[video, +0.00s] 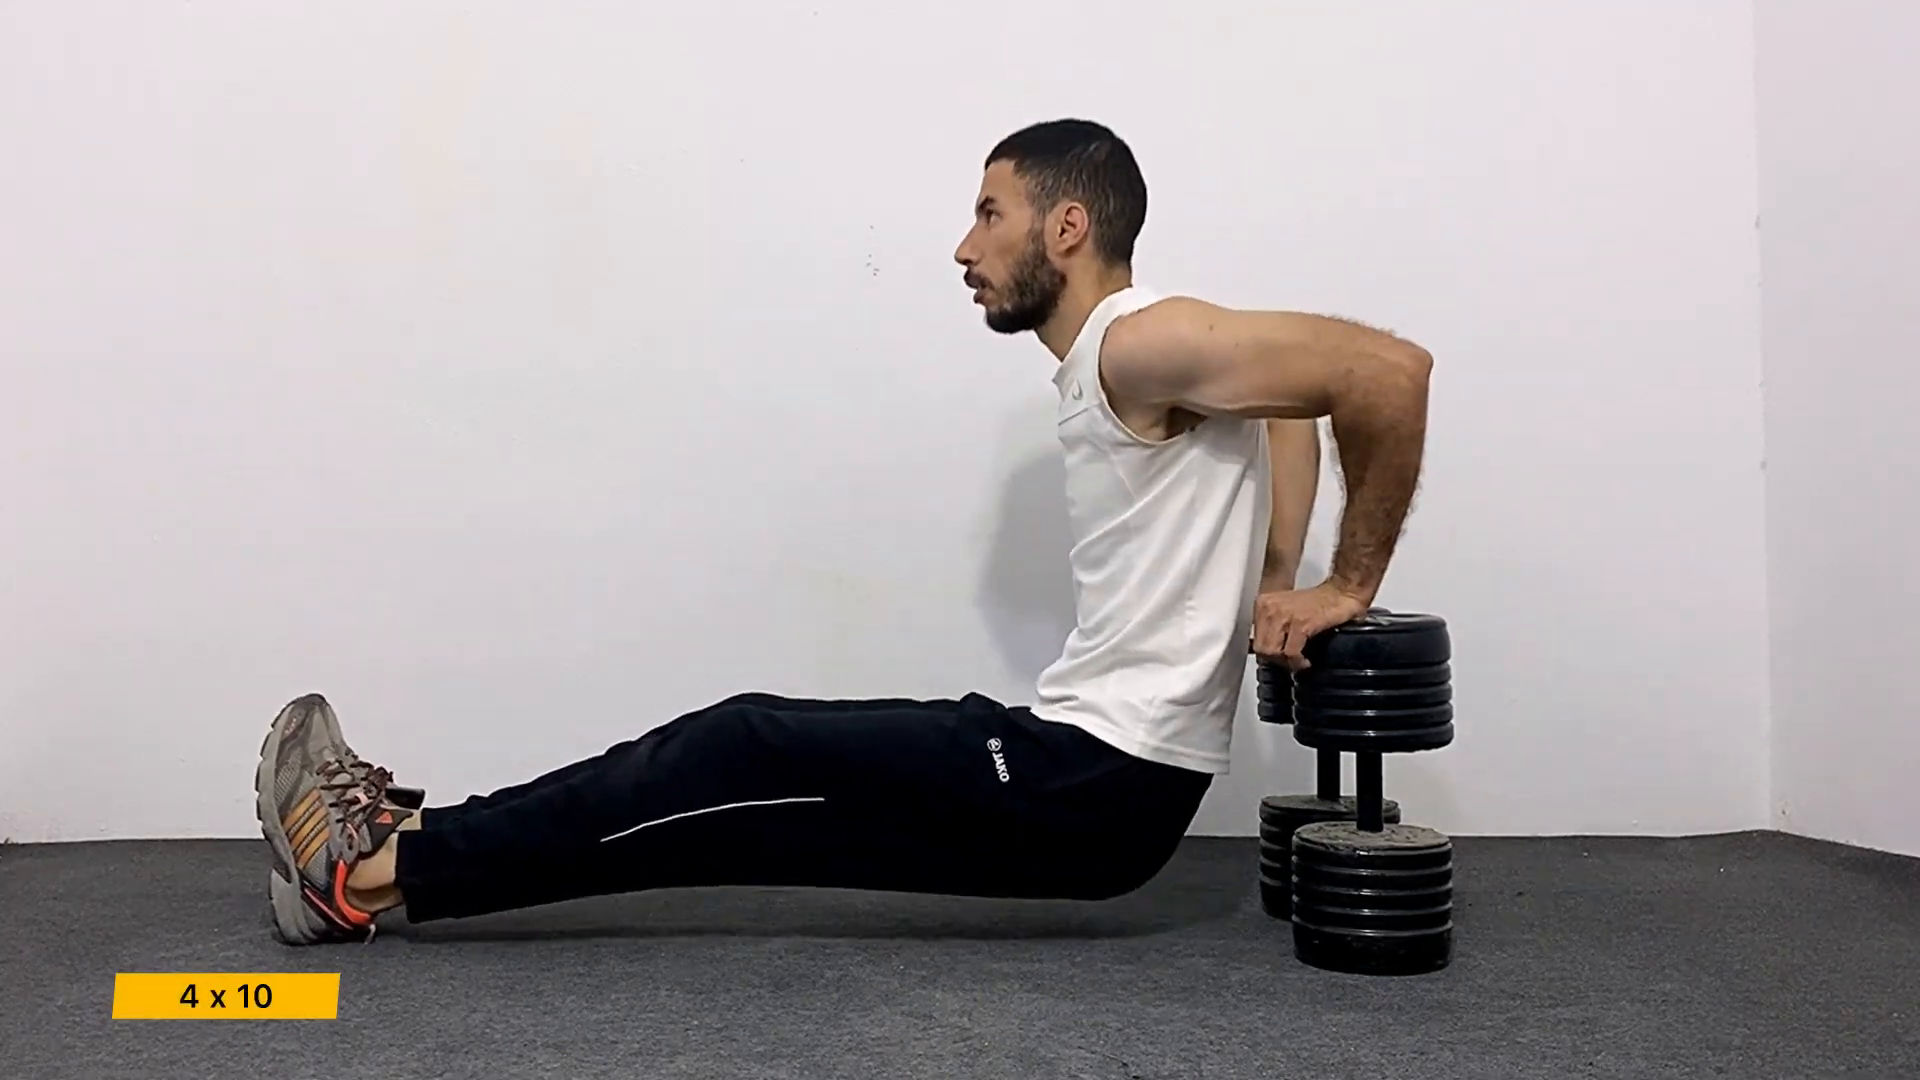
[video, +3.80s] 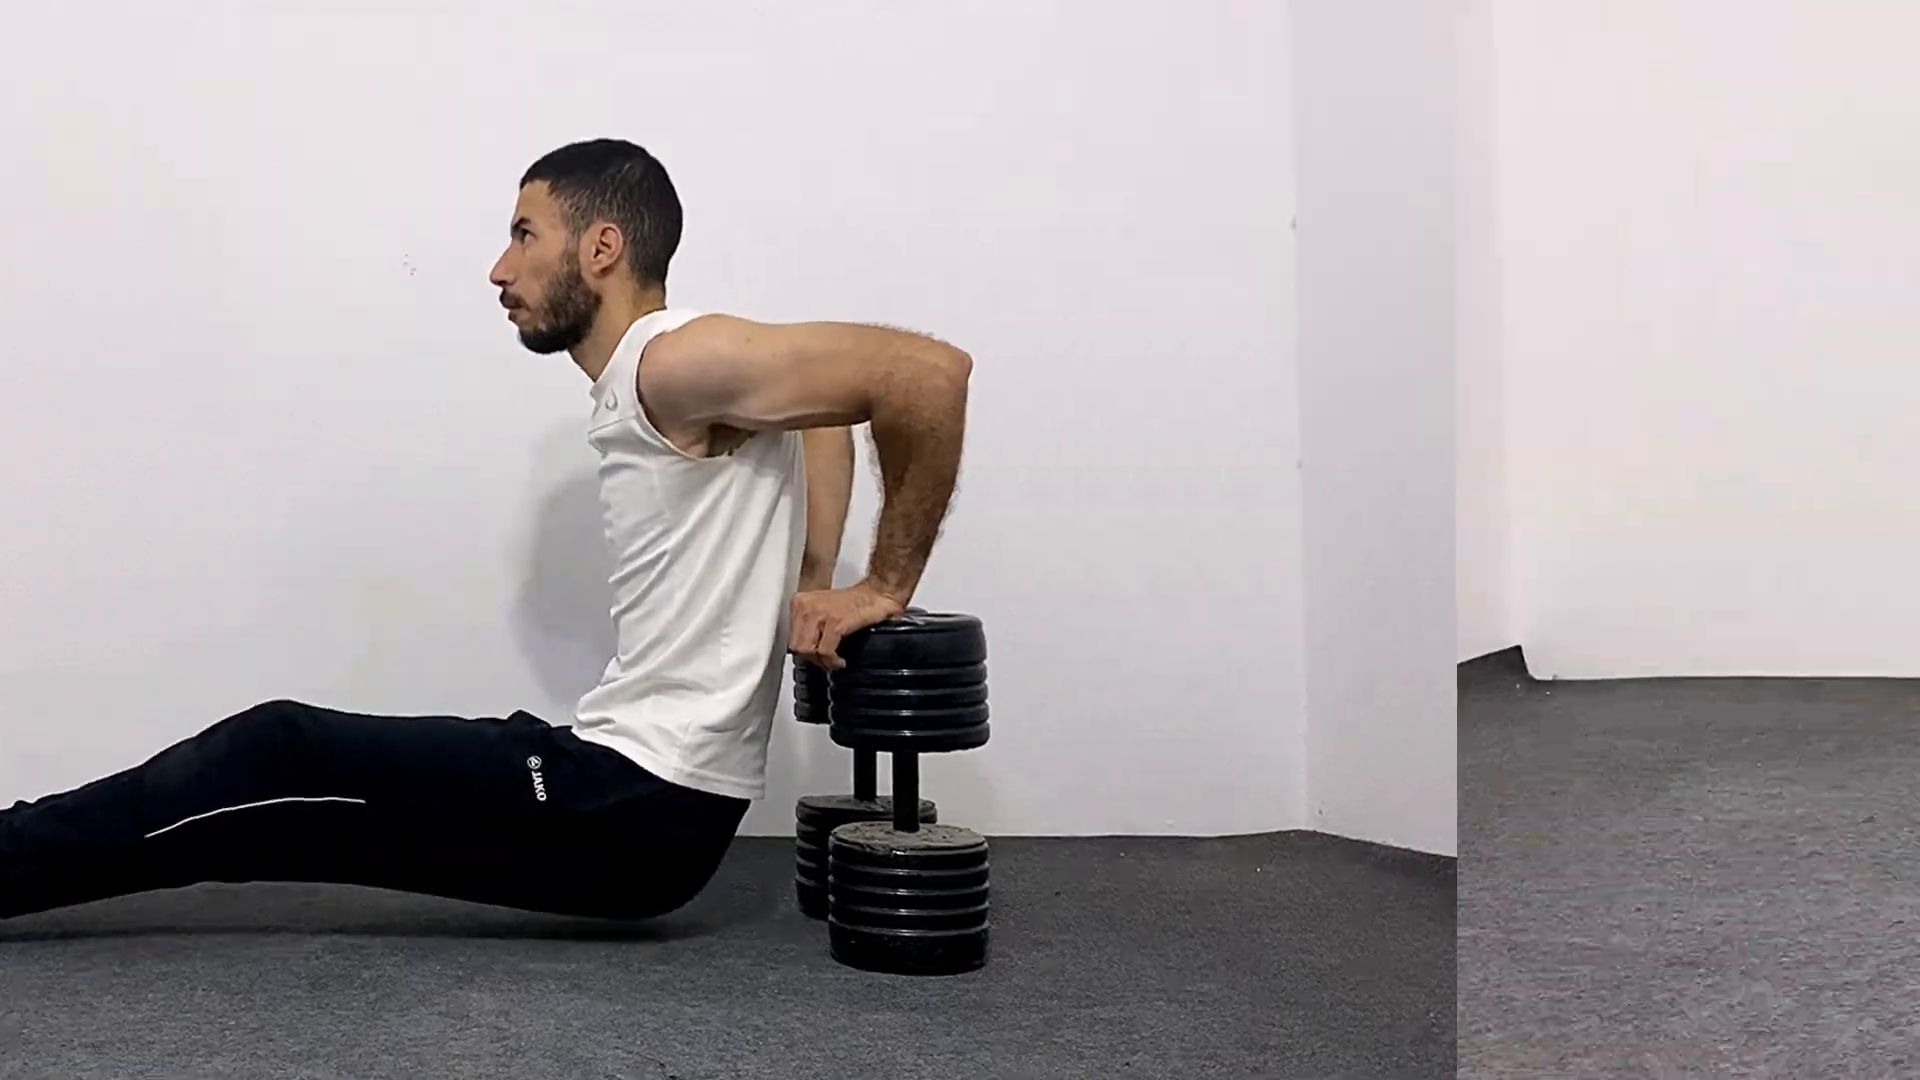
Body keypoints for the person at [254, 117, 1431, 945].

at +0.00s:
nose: (964, 248)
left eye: (987, 216)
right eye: (973, 219)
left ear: (1074, 227)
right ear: (1077, 228)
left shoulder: (1136, 345)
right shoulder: (1126, 345)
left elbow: (1391, 375)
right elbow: (1295, 391)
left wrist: (1355, 585)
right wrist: (1279, 575)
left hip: (1097, 776)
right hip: (1078, 760)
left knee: (741, 742)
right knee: (736, 795)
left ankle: (386, 869)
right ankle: (416, 848)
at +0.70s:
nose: (990, 121)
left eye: (1013, 89)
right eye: (996, 91)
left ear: (1100, 95)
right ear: (1097, 101)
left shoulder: (1167, 222)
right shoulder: (1139, 246)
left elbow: (1368, 361)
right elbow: (1285, 417)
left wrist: (1350, 587)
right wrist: (1271, 589)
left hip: (1091, 656)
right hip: (1072, 644)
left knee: (739, 734)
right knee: (739, 731)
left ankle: (392, 875)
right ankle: (415, 847)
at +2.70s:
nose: (1022, 51)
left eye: (1041, 17)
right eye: (1026, 22)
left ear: (1126, 19)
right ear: (1111, 27)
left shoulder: (1188, 144)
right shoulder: (1149, 165)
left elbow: (1312, 358)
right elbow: (1251, 382)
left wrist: (1347, 580)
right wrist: (1267, 572)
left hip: (1063, 593)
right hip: (1045, 579)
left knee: (718, 711)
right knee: (714, 699)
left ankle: (380, 877)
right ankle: (420, 840)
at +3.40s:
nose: (985, 201)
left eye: (1006, 168)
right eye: (990, 172)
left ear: (1093, 175)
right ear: (1097, 180)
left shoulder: (1156, 301)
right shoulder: (1135, 304)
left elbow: (1397, 369)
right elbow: (1302, 378)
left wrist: (1354, 588)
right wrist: (1283, 573)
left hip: (1099, 737)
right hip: (1079, 723)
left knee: (737, 736)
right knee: (733, 760)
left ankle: (387, 878)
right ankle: (422, 849)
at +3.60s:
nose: (919, 245)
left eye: (943, 213)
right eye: (927, 216)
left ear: (1029, 224)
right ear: (1030, 226)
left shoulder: (1090, 342)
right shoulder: (1073, 347)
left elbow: (1345, 377)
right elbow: (1241, 391)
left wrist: (1299, 587)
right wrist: (1225, 575)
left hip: (1046, 778)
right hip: (1028, 763)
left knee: (686, 738)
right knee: (681, 788)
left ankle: (337, 872)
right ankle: (364, 852)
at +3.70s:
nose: (777, 261)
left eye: (798, 229)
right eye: (784, 232)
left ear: (882, 238)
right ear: (888, 240)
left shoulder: (947, 354)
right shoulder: (936, 359)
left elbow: (1204, 378)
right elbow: (1103, 395)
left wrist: (1161, 591)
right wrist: (1089, 573)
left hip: (906, 792)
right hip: (900, 786)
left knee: (547, 742)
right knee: (536, 800)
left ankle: (194, 876)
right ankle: (228, 850)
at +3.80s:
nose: (498, 268)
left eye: (522, 234)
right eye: (508, 236)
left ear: (606, 249)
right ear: (606, 251)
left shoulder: (672, 367)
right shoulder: (648, 372)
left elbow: (930, 378)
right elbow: (830, 390)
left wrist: (891, 587)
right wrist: (821, 575)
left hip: (640, 804)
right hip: (616, 781)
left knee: (269, 754)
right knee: (262, 772)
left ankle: (11, 855)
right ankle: (18, 860)